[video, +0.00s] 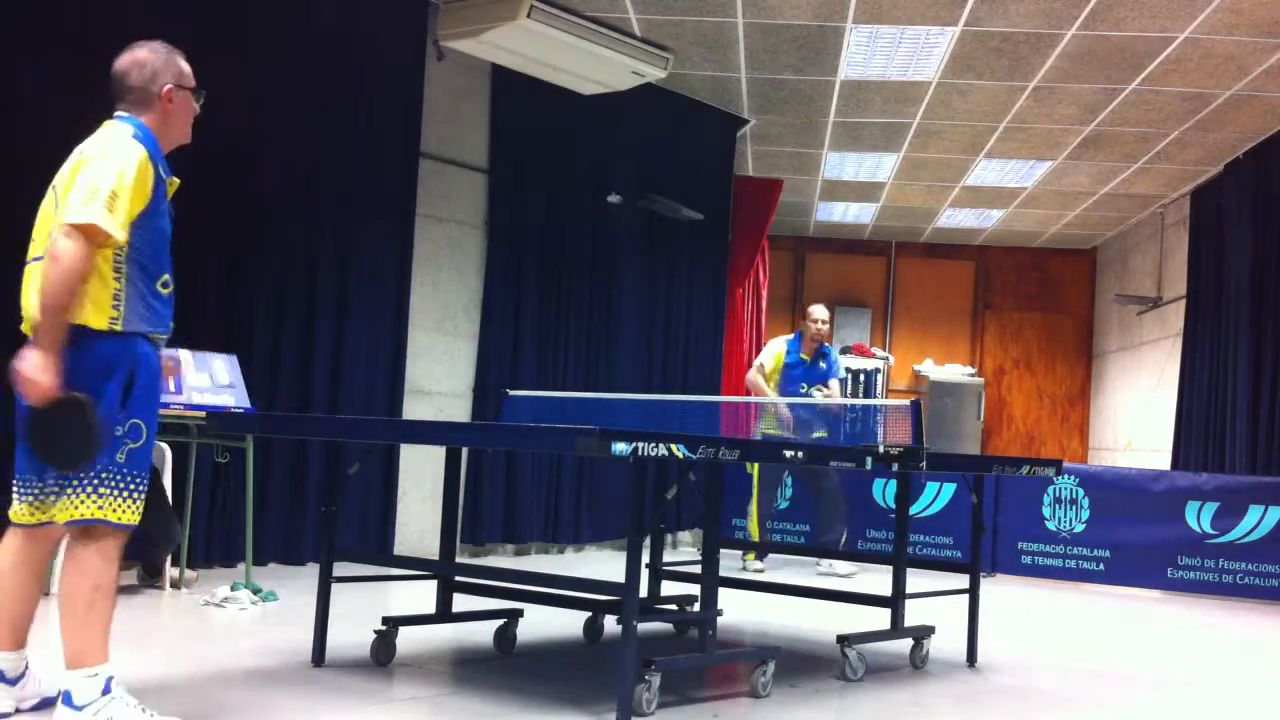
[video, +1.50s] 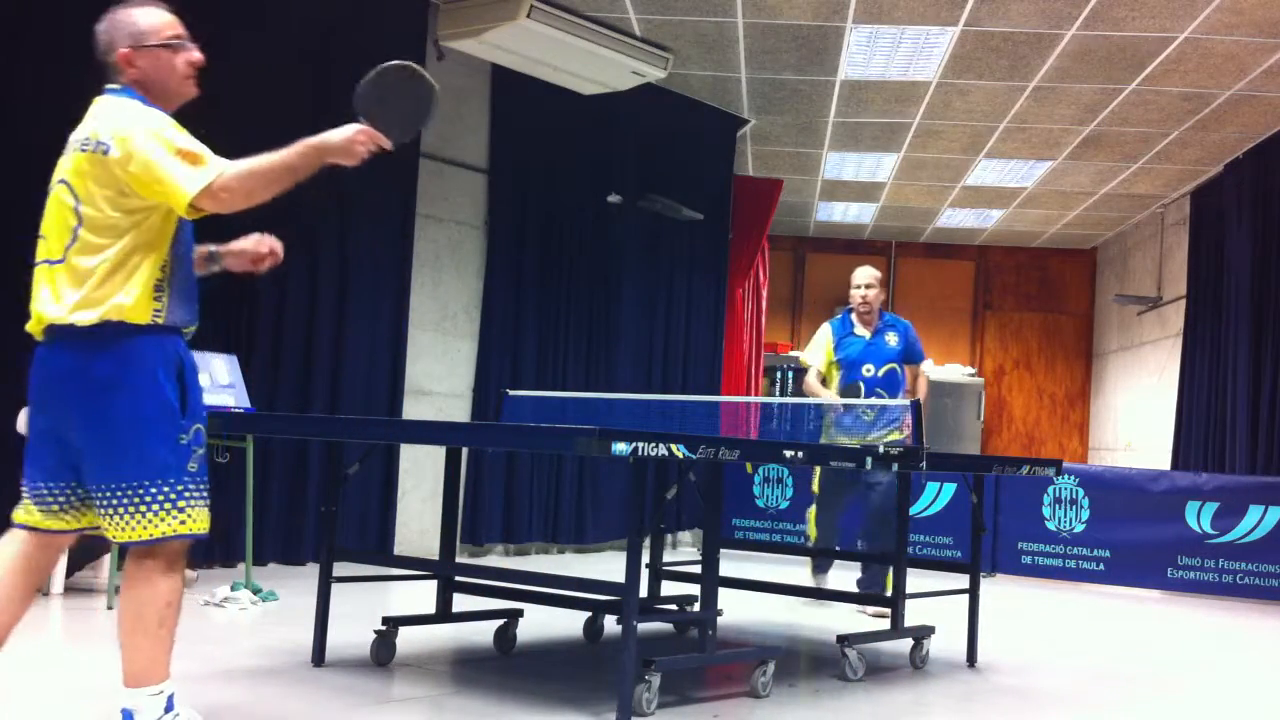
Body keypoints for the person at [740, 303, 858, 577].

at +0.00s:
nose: (820, 327)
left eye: (825, 322)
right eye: (815, 321)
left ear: (830, 327)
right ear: (803, 323)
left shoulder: (830, 356)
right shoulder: (780, 346)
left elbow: (836, 400)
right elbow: (753, 377)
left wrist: (828, 397)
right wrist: (777, 404)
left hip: (812, 436)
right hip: (773, 433)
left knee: (829, 488)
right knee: (764, 490)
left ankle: (829, 556)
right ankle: (754, 553)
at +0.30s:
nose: (819, 323)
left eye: (824, 319)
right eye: (814, 318)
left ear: (831, 325)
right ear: (803, 322)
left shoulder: (836, 357)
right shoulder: (782, 347)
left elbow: (842, 396)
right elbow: (749, 374)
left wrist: (839, 422)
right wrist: (761, 386)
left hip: (818, 438)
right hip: (779, 435)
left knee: (817, 496)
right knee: (768, 494)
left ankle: (811, 563)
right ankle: (755, 554)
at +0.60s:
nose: (829, 311)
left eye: (834, 306)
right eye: (824, 306)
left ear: (843, 311)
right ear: (814, 309)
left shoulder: (856, 343)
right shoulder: (794, 339)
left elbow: (862, 387)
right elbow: (772, 383)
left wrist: (856, 431)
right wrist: (756, 424)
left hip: (836, 437)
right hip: (797, 432)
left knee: (830, 498)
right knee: (800, 490)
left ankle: (813, 563)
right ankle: (790, 557)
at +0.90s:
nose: (831, 309)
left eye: (836, 303)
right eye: (825, 303)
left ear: (844, 308)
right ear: (815, 308)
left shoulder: (863, 341)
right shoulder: (798, 343)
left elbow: (878, 380)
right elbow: (779, 388)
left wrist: (877, 418)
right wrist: (763, 429)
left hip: (849, 440)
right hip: (809, 437)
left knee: (847, 502)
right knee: (814, 498)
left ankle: (816, 554)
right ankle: (819, 571)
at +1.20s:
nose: (839, 295)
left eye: (845, 289)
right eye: (834, 289)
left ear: (856, 293)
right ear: (824, 295)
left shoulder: (875, 328)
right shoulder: (808, 330)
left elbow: (890, 367)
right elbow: (793, 372)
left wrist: (886, 406)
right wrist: (797, 407)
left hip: (862, 435)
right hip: (818, 435)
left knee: (865, 505)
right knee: (815, 504)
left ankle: (871, 578)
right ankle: (816, 572)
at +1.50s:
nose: (862, 293)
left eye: (870, 287)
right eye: (857, 287)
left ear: (883, 292)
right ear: (849, 292)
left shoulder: (902, 330)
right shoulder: (831, 331)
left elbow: (918, 375)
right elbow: (809, 379)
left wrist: (915, 418)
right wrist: (830, 397)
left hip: (888, 441)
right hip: (840, 440)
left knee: (883, 514)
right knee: (829, 509)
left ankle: (872, 592)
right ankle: (820, 566)